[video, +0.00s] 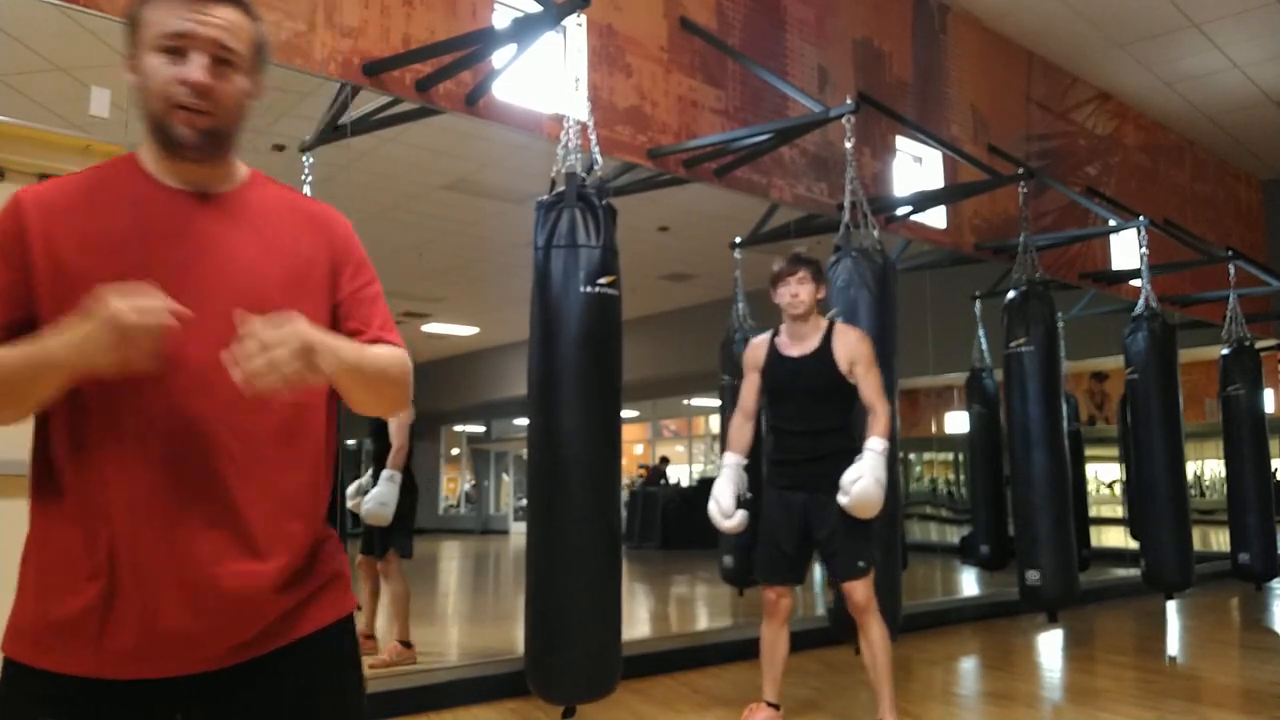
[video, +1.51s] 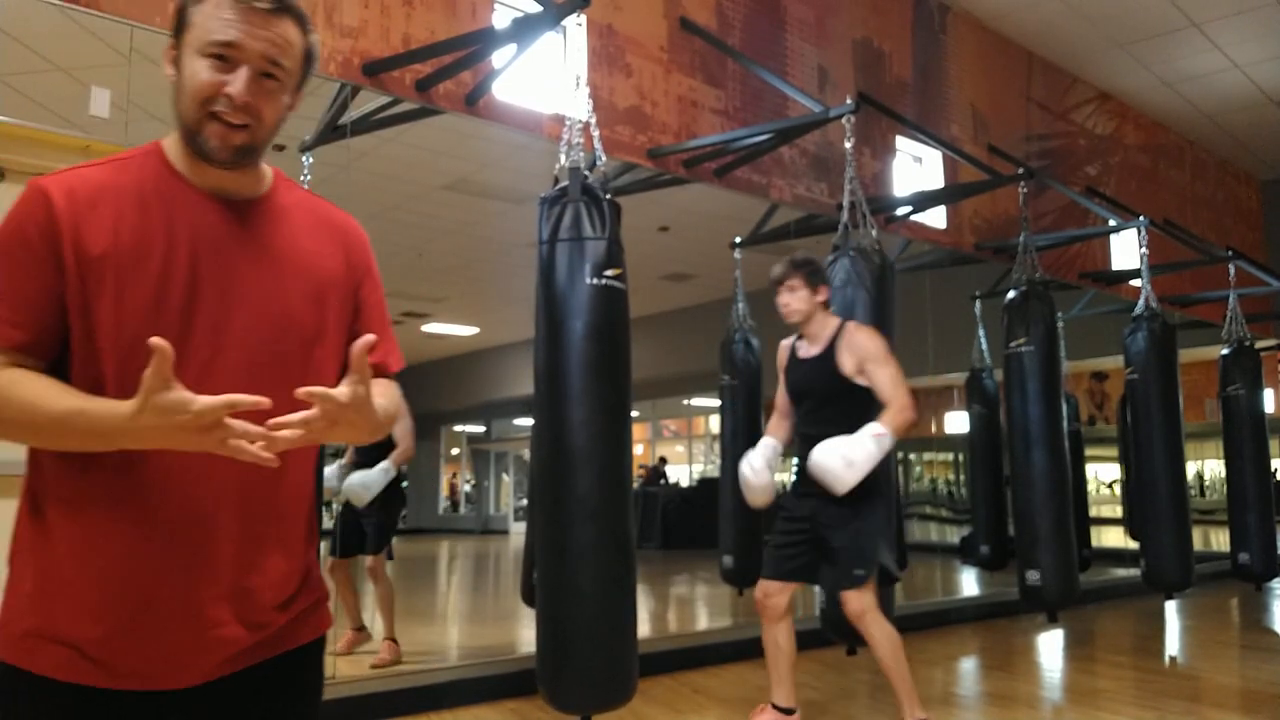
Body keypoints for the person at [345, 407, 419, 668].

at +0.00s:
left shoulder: (398, 405)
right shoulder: (379, 408)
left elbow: (400, 446)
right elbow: (380, 453)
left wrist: (388, 483)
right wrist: (365, 481)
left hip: (396, 483)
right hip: (379, 481)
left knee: (389, 563)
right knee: (366, 563)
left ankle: (402, 643)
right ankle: (366, 633)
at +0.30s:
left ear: (369, 385)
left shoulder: (377, 409)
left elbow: (378, 440)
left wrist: (368, 481)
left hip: (375, 487)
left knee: (358, 565)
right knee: (354, 565)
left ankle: (392, 630)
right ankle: (361, 635)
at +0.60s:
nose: (341, 385)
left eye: (343, 379)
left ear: (352, 377)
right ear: (365, 377)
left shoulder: (362, 403)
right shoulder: (376, 408)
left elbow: (364, 444)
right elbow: (391, 460)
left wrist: (350, 485)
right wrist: (346, 461)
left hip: (372, 493)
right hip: (374, 492)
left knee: (353, 565)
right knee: (344, 567)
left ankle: (387, 627)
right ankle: (362, 634)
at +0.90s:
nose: (342, 380)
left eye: (345, 374)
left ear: (352, 375)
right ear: (366, 375)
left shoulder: (362, 403)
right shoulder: (371, 406)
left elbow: (364, 444)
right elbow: (386, 457)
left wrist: (349, 485)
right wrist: (343, 459)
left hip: (372, 491)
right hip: (370, 490)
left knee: (353, 564)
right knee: (344, 565)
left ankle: (386, 628)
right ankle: (362, 634)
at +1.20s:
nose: (333, 386)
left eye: (336, 380)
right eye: (333, 380)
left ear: (346, 378)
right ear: (356, 377)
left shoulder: (364, 404)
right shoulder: (358, 406)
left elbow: (366, 445)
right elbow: (367, 451)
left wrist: (353, 487)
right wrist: (342, 461)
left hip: (374, 489)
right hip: (365, 488)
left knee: (356, 564)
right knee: (346, 565)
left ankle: (390, 630)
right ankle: (362, 635)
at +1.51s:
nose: (354, 364)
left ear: (372, 364)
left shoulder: (388, 395)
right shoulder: (349, 402)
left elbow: (406, 447)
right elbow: (356, 447)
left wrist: (380, 472)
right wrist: (339, 469)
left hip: (385, 485)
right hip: (355, 483)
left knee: (374, 566)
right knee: (337, 564)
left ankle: (389, 641)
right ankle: (357, 628)